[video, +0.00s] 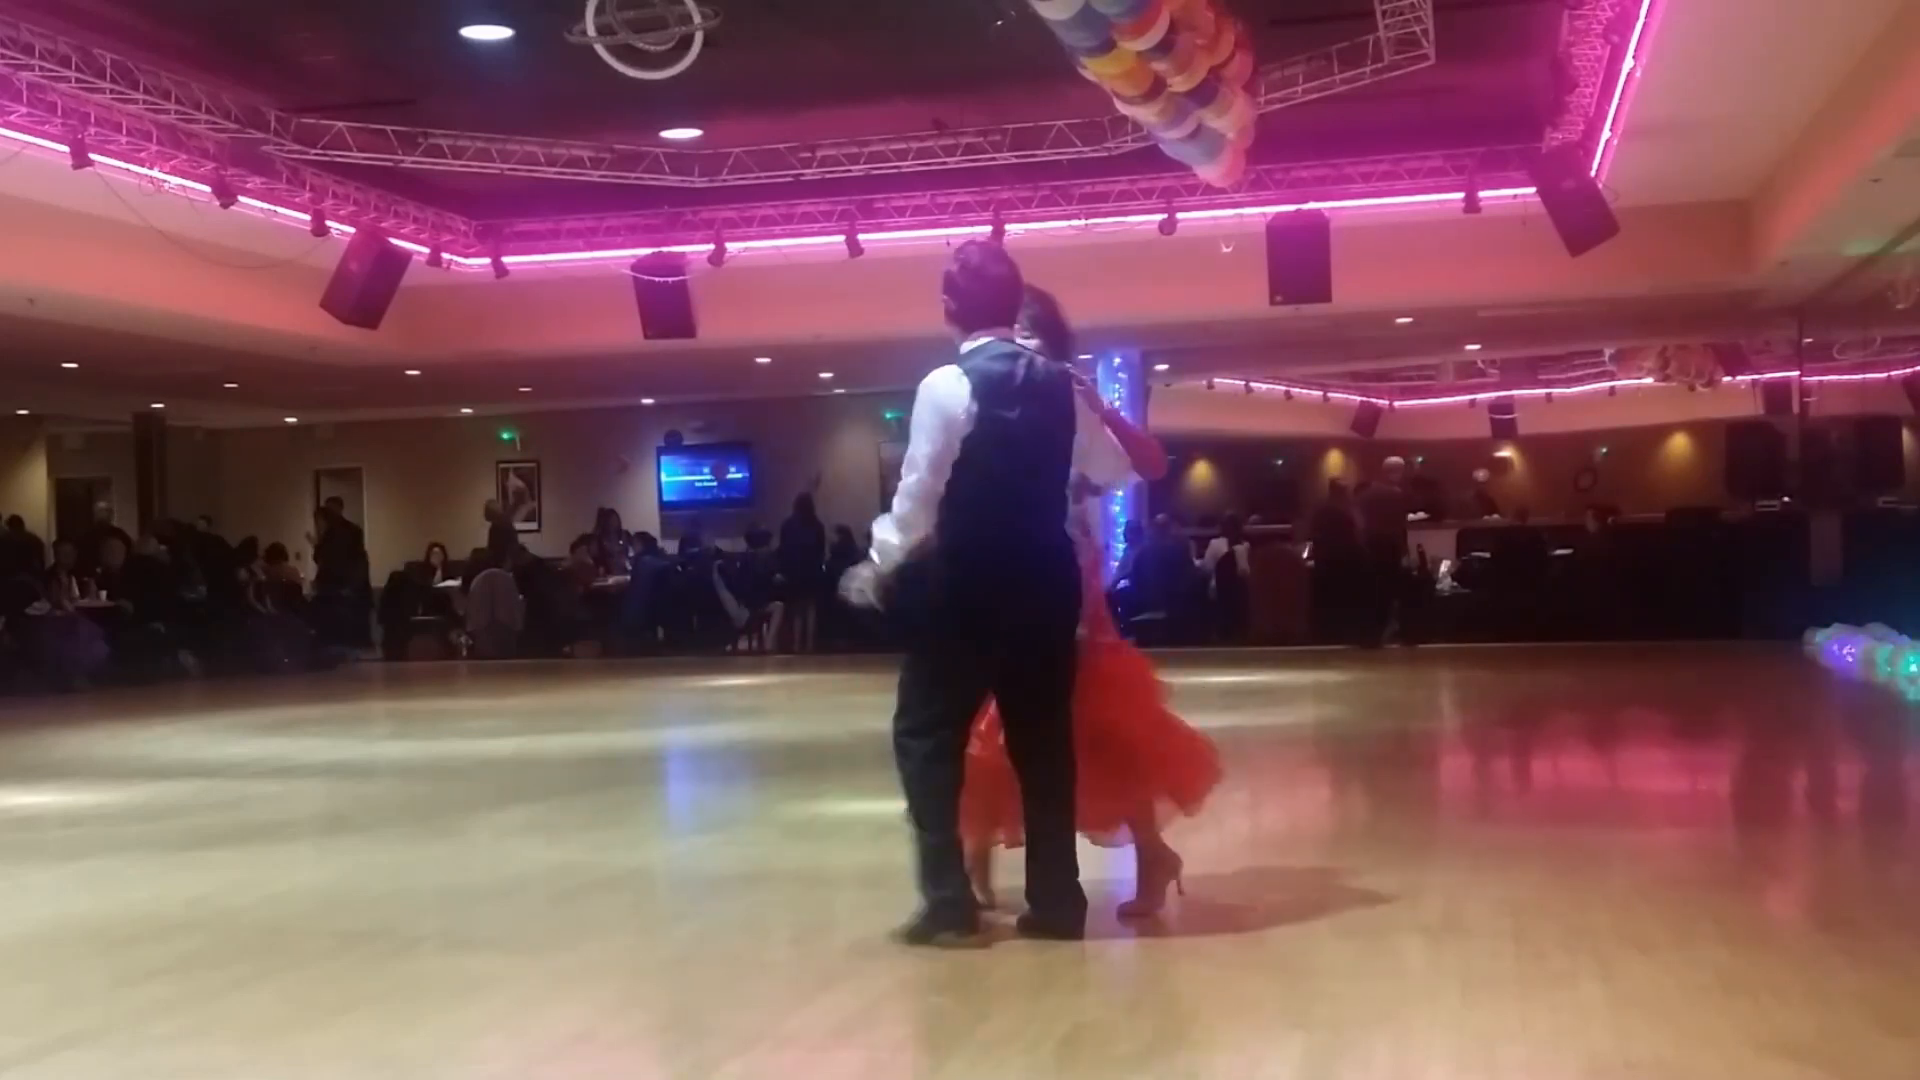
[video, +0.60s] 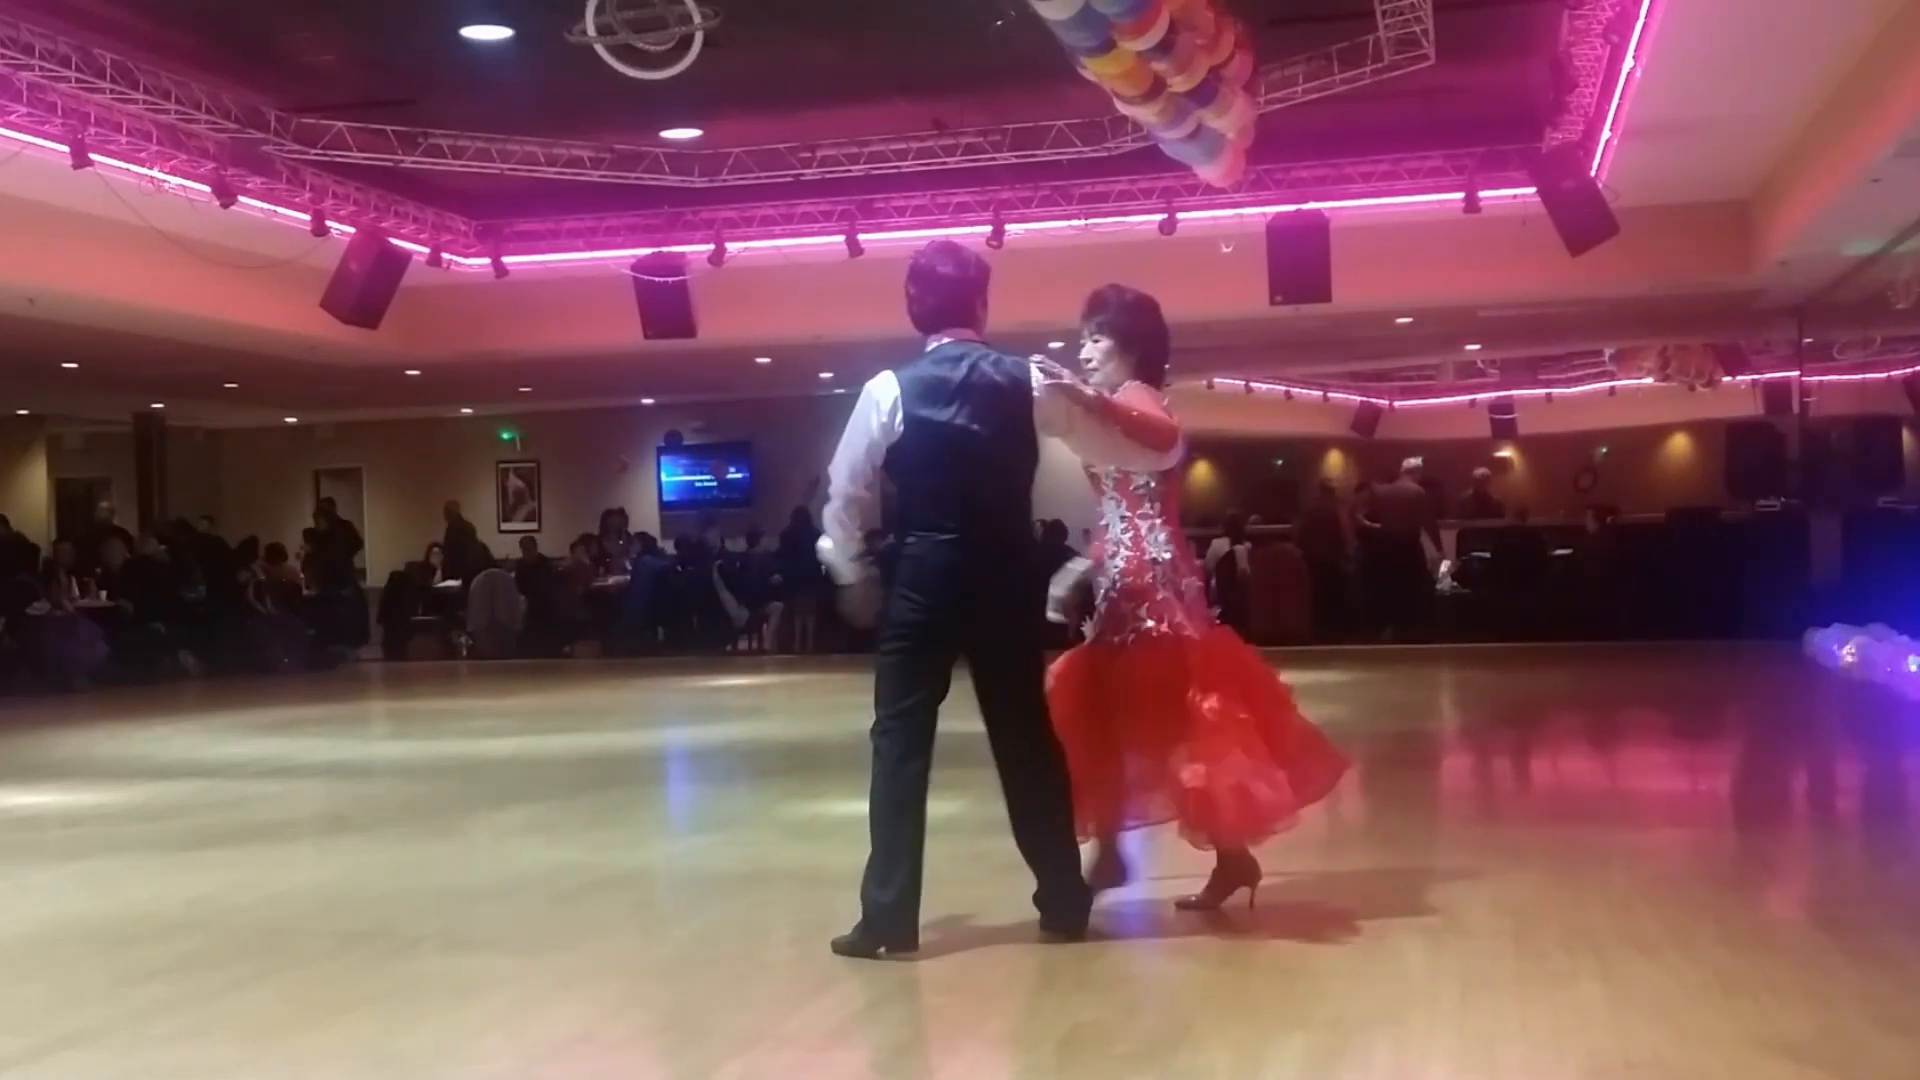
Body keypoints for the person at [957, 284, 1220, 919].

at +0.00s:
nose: (1021, 343)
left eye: (1033, 332)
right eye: (1013, 332)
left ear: (1057, 343)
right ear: (998, 339)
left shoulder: (1077, 399)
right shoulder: (983, 407)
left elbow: (1153, 463)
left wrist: (1095, 410)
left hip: (1072, 588)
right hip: (999, 585)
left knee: (1100, 715)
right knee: (981, 731)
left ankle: (1150, 850)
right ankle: (977, 878)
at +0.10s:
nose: (1045, 348)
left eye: (1059, 337)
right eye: (1035, 337)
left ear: (1090, 348)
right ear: (1022, 344)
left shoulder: (1103, 409)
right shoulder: (1008, 404)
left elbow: (1165, 461)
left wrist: (1097, 407)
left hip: (1085, 564)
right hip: (1025, 565)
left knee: (1106, 707)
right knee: (1027, 714)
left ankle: (1160, 851)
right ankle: (1048, 869)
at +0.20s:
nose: (1062, 349)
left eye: (1075, 337)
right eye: (1055, 337)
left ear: (1109, 347)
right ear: (1047, 346)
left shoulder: (1121, 406)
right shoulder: (1048, 410)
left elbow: (1165, 456)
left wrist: (1091, 406)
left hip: (1108, 571)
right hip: (1063, 571)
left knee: (1110, 713)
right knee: (1098, 715)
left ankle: (1159, 850)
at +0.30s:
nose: (1075, 352)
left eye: (1090, 339)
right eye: (1073, 339)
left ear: (1127, 348)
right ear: (1076, 346)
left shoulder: (1130, 401)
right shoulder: (1097, 411)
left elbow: (1159, 452)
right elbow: (1099, 518)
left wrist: (1080, 408)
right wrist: (1059, 579)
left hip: (1128, 576)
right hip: (1110, 577)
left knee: (1133, 721)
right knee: (1137, 719)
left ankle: (1171, 858)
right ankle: (1202, 842)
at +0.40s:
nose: (1090, 348)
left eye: (1103, 336)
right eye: (1087, 336)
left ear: (1138, 344)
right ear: (1092, 341)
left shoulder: (1137, 395)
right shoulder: (1115, 405)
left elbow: (1155, 444)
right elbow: (1120, 518)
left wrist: (1075, 404)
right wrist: (1093, 582)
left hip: (1139, 579)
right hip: (1136, 577)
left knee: (1121, 721)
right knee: (1153, 722)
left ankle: (1163, 859)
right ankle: (1229, 851)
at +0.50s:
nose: (1092, 350)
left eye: (1104, 338)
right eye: (1090, 338)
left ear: (1138, 345)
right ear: (1127, 349)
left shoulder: (1141, 397)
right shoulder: (1133, 405)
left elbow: (1154, 433)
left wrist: (1082, 398)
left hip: (1146, 574)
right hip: (1151, 572)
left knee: (1091, 712)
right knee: (1180, 717)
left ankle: (1150, 851)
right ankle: (1233, 854)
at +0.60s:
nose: (1085, 359)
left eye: (1098, 347)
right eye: (1083, 347)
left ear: (1134, 351)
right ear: (1089, 350)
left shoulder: (1149, 405)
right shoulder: (1101, 414)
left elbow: (1162, 438)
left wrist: (1088, 398)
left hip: (1151, 581)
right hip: (1131, 583)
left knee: (1078, 694)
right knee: (1179, 724)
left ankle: (1106, 852)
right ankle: (1231, 853)